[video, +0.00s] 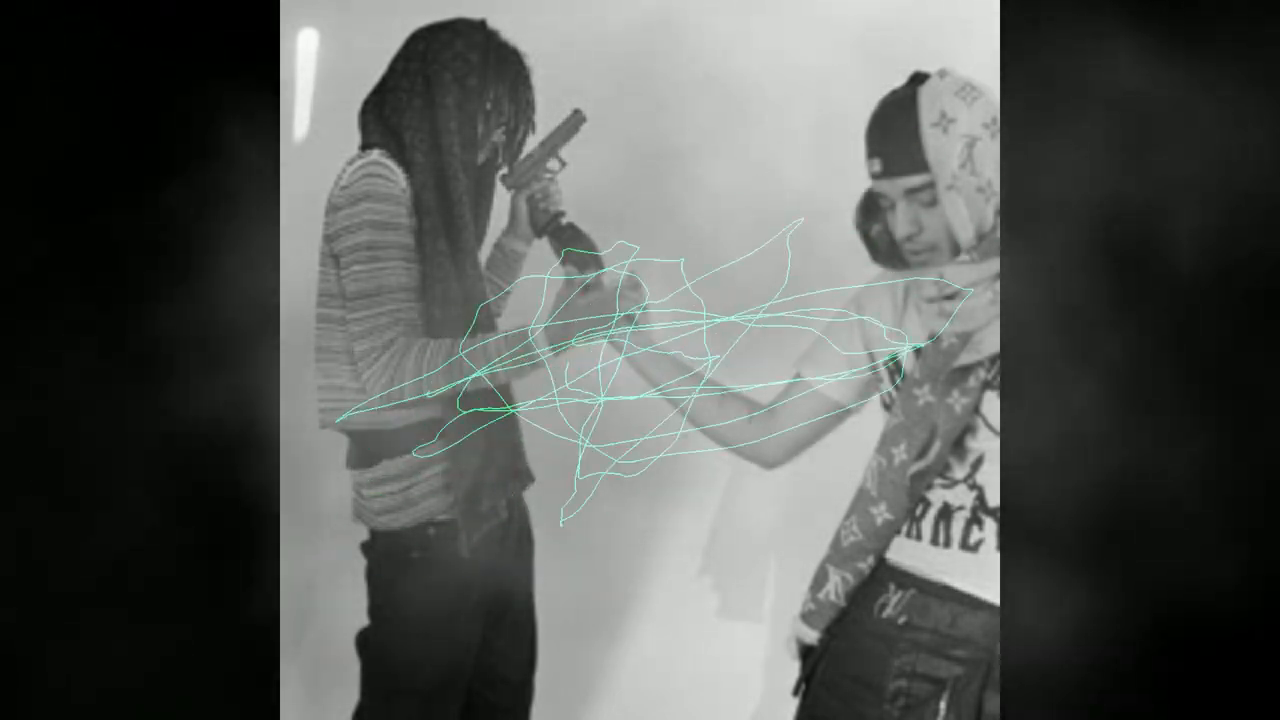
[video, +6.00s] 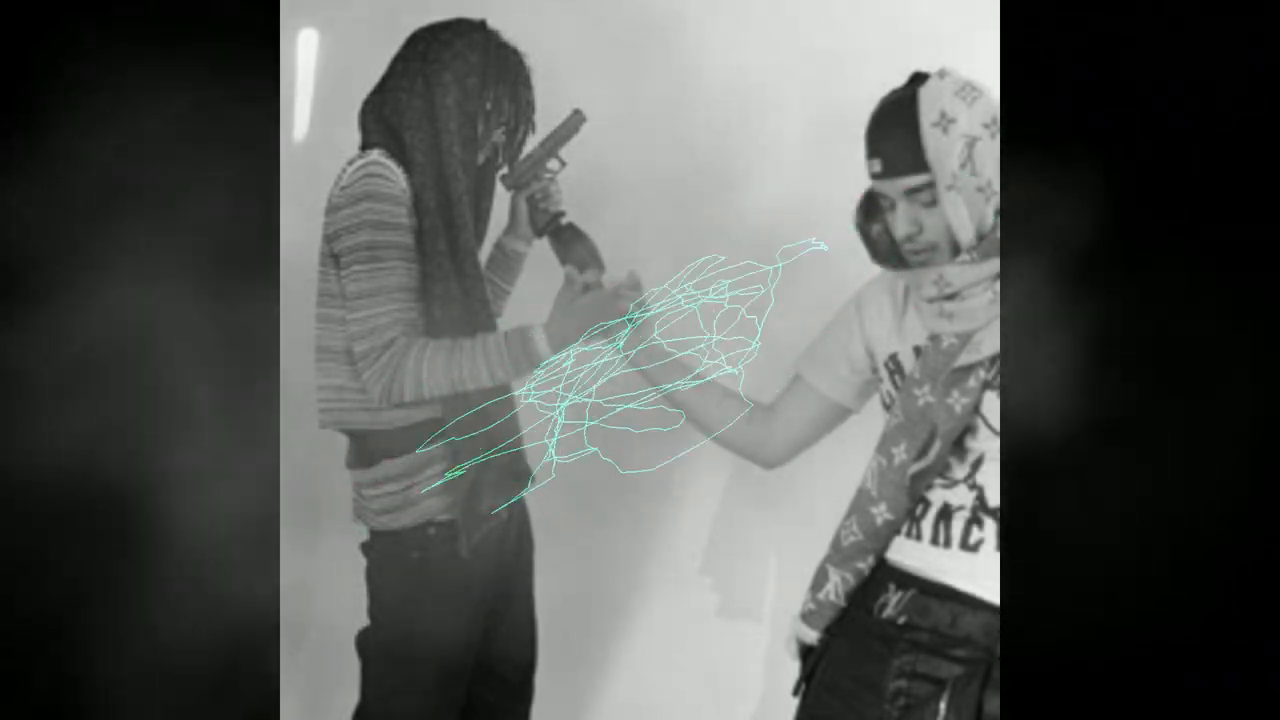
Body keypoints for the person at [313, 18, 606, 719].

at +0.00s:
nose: (499, 146)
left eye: (506, 125)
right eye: (492, 120)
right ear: (448, 106)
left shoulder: (426, 190)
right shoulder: (377, 182)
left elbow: (460, 328)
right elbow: (386, 370)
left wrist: (516, 234)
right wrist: (554, 335)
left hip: (487, 502)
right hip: (425, 518)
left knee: (499, 701)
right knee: (413, 706)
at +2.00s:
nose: (498, 143)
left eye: (505, 124)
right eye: (493, 118)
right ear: (450, 105)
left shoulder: (426, 191)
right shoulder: (377, 182)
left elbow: (465, 327)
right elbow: (387, 369)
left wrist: (518, 233)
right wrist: (550, 339)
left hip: (487, 503)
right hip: (422, 522)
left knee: (500, 699)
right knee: (413, 704)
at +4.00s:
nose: (495, 142)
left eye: (502, 124)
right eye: (489, 119)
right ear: (446, 108)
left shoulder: (430, 191)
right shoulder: (377, 182)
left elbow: (464, 330)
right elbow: (388, 370)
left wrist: (518, 234)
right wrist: (555, 337)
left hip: (486, 498)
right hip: (420, 514)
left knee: (500, 697)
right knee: (411, 703)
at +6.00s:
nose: (499, 147)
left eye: (506, 129)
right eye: (493, 124)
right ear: (450, 110)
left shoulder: (425, 192)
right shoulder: (377, 183)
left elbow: (462, 329)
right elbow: (388, 369)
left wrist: (519, 234)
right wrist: (550, 338)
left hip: (486, 493)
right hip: (423, 510)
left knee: (500, 695)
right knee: (413, 702)